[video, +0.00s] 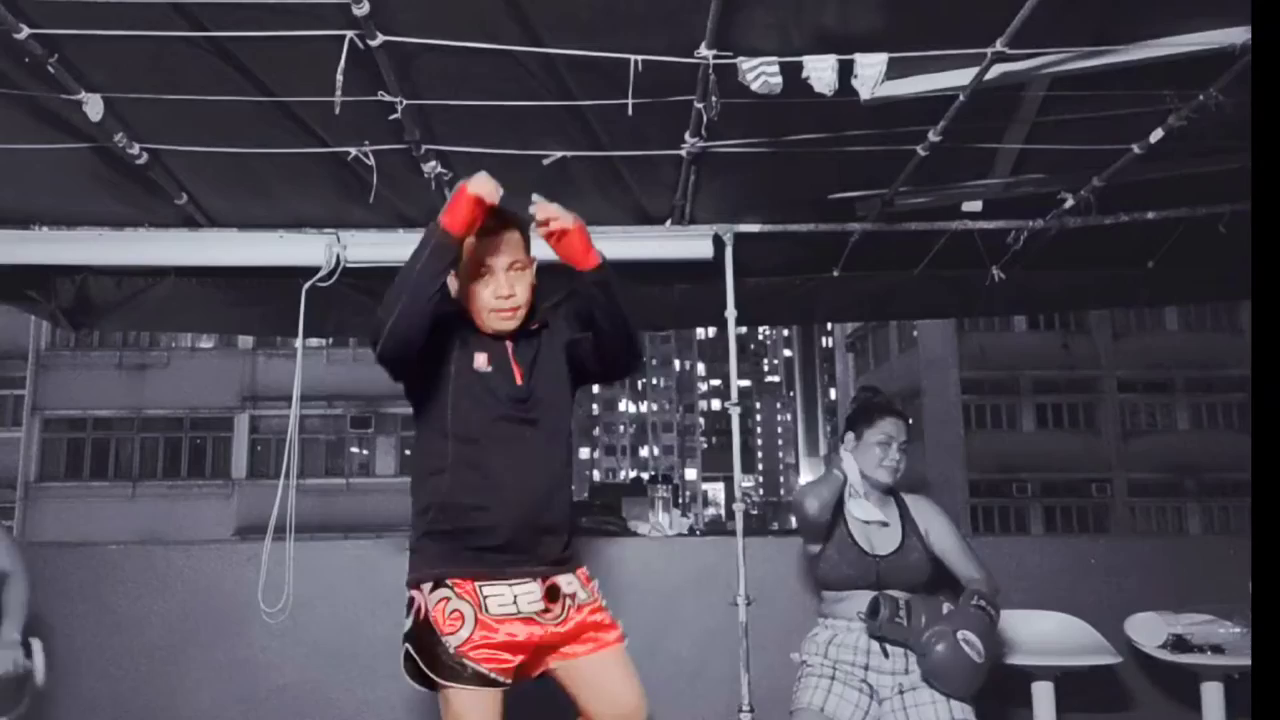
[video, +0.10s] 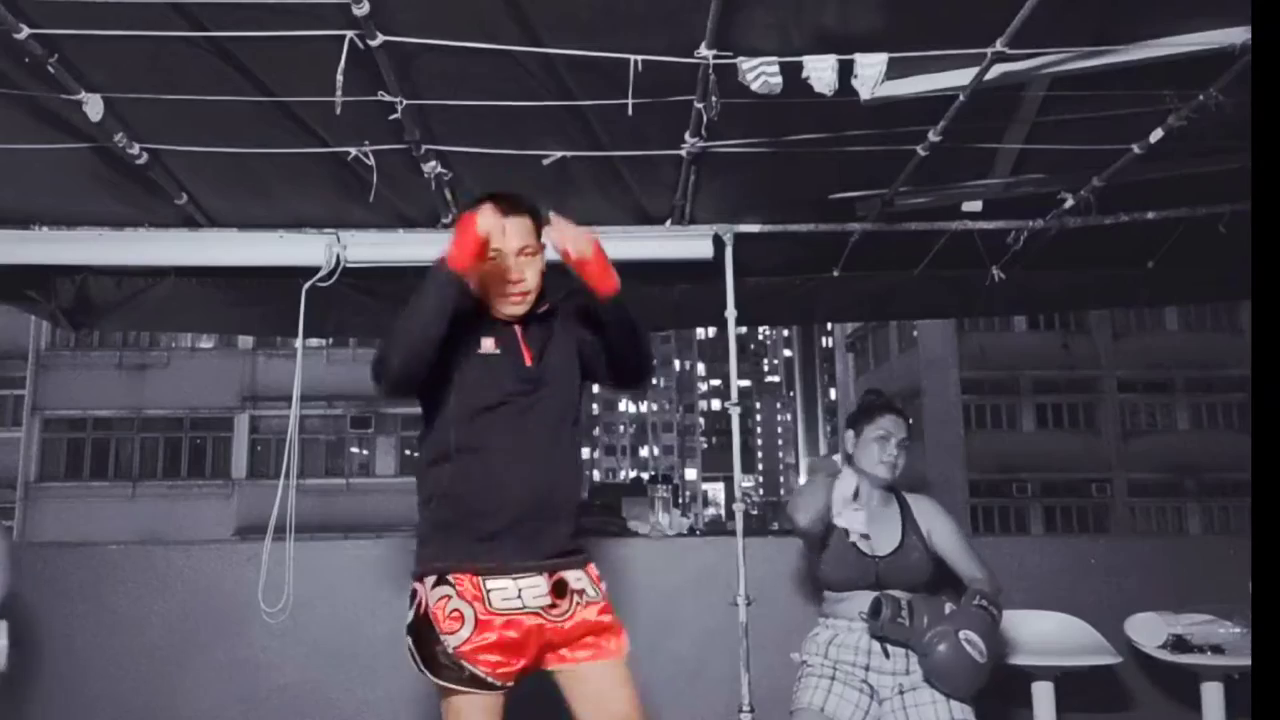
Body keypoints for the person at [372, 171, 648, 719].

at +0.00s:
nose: (505, 286)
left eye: (517, 268)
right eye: (485, 273)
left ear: (533, 272)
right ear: (453, 283)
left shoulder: (558, 342)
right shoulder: (434, 343)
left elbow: (620, 358)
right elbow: (394, 343)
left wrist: (585, 260)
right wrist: (450, 227)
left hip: (556, 573)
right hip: (462, 583)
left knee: (624, 709)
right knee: (474, 713)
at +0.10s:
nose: (514, 272)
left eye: (528, 253)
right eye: (495, 255)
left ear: (545, 256)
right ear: (470, 264)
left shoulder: (568, 319)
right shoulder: (443, 324)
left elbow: (631, 372)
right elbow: (394, 375)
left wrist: (601, 281)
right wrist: (453, 267)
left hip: (565, 572)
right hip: (465, 579)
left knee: (620, 713)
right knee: (472, 711)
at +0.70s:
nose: (482, 263)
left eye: (496, 246)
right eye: (461, 250)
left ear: (521, 256)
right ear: (432, 264)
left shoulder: (564, 319)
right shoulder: (414, 339)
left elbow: (615, 331)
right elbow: (337, 340)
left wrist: (530, 217)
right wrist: (411, 232)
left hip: (573, 603)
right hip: (456, 608)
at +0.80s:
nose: (445, 256)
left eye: (463, 234)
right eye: (426, 237)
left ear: (489, 244)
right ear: (399, 252)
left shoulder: (540, 308)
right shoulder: (384, 339)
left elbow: (616, 299)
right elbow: (310, 327)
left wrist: (533, 192)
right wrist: (388, 220)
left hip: (566, 537)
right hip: (463, 580)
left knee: (605, 463)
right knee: (454, 707)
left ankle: (588, 712)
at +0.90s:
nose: (432, 261)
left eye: (449, 240)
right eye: (411, 245)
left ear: (479, 247)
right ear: (387, 261)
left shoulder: (518, 299)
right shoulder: (378, 346)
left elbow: (608, 304)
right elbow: (296, 349)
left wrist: (531, 180)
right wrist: (360, 235)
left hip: (557, 505)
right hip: (466, 573)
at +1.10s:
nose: (415, 239)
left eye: (435, 218)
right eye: (394, 226)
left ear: (470, 235)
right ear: (376, 250)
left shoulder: (521, 287)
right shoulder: (370, 345)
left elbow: (589, 280)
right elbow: (286, 338)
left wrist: (500, 160)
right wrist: (341, 216)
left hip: (558, 518)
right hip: (451, 566)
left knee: (541, 441)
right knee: (441, 706)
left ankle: (528, 712)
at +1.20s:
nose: (429, 218)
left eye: (448, 199)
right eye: (408, 203)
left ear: (479, 221)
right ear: (387, 230)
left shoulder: (532, 275)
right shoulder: (370, 322)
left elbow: (597, 269)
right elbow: (283, 327)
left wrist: (506, 151)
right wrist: (344, 200)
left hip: (546, 528)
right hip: (438, 572)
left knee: (606, 484)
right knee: (429, 706)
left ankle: (548, 713)